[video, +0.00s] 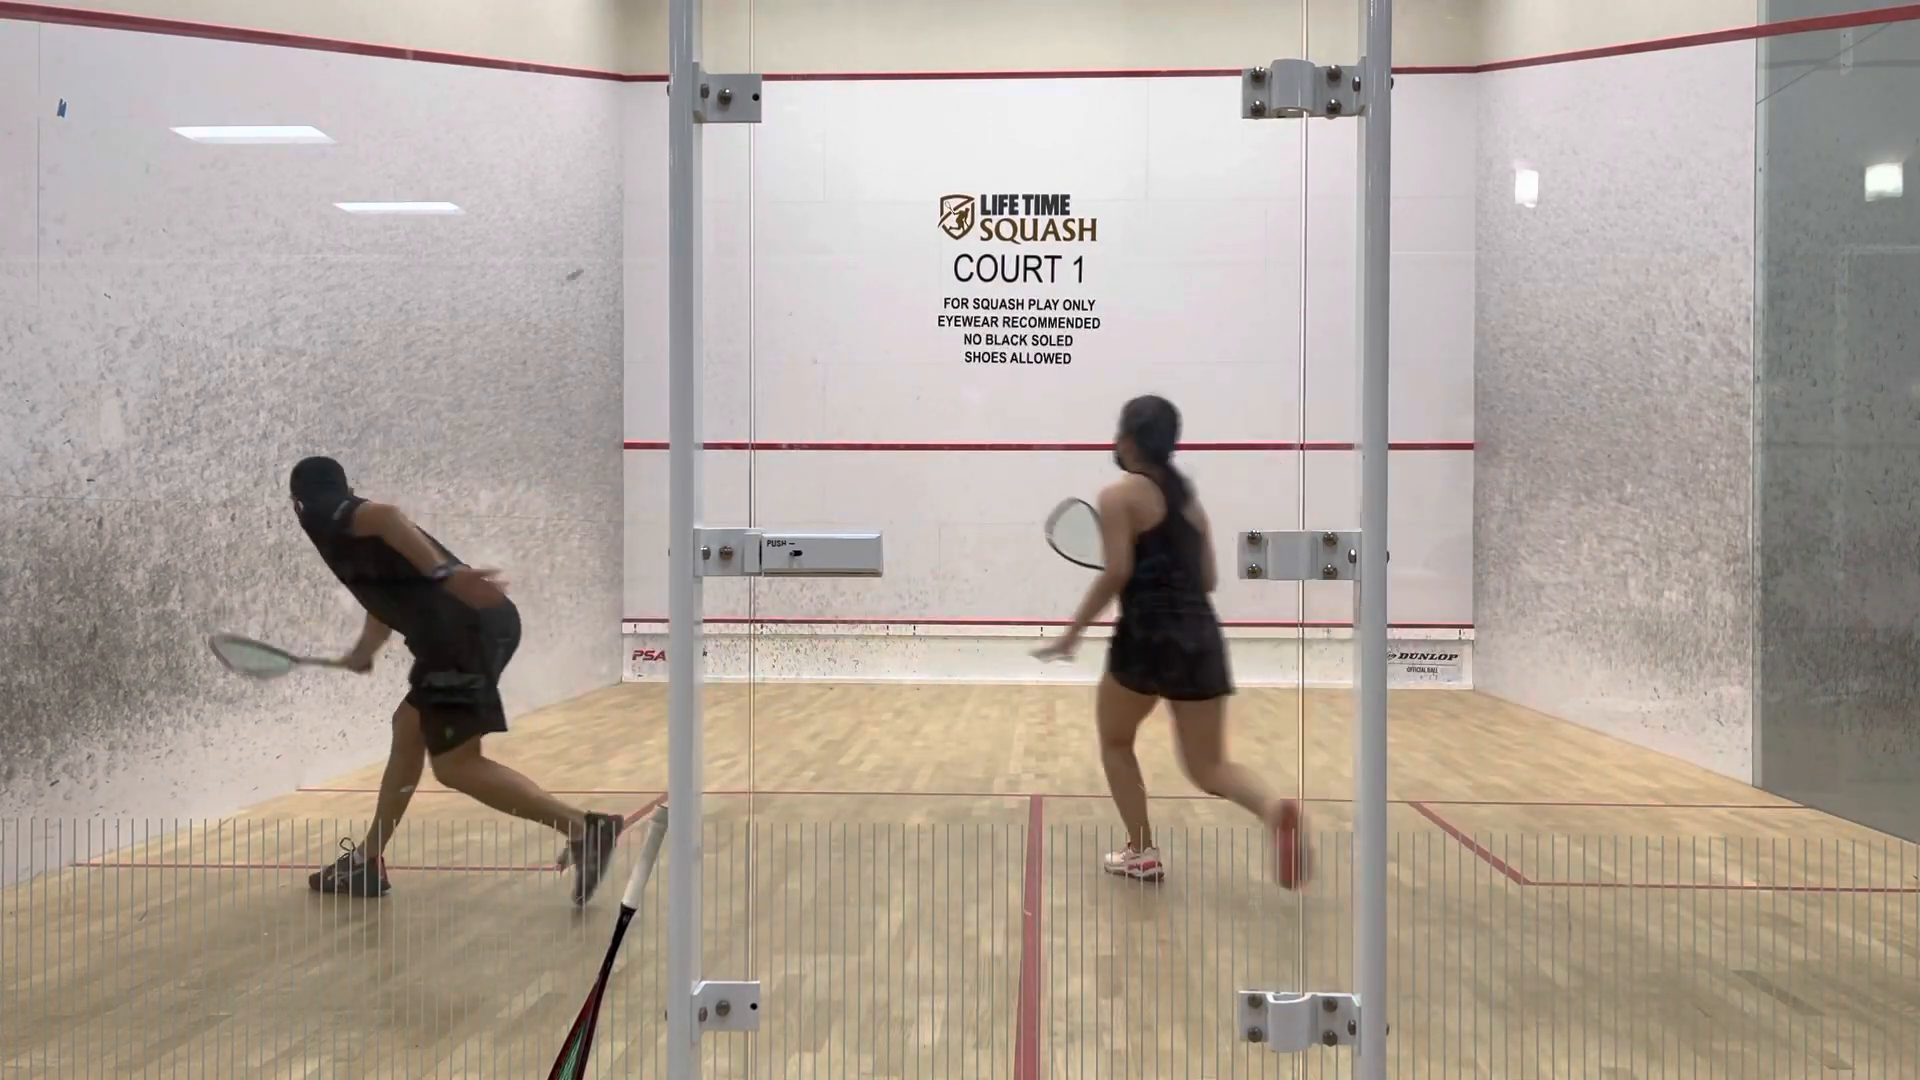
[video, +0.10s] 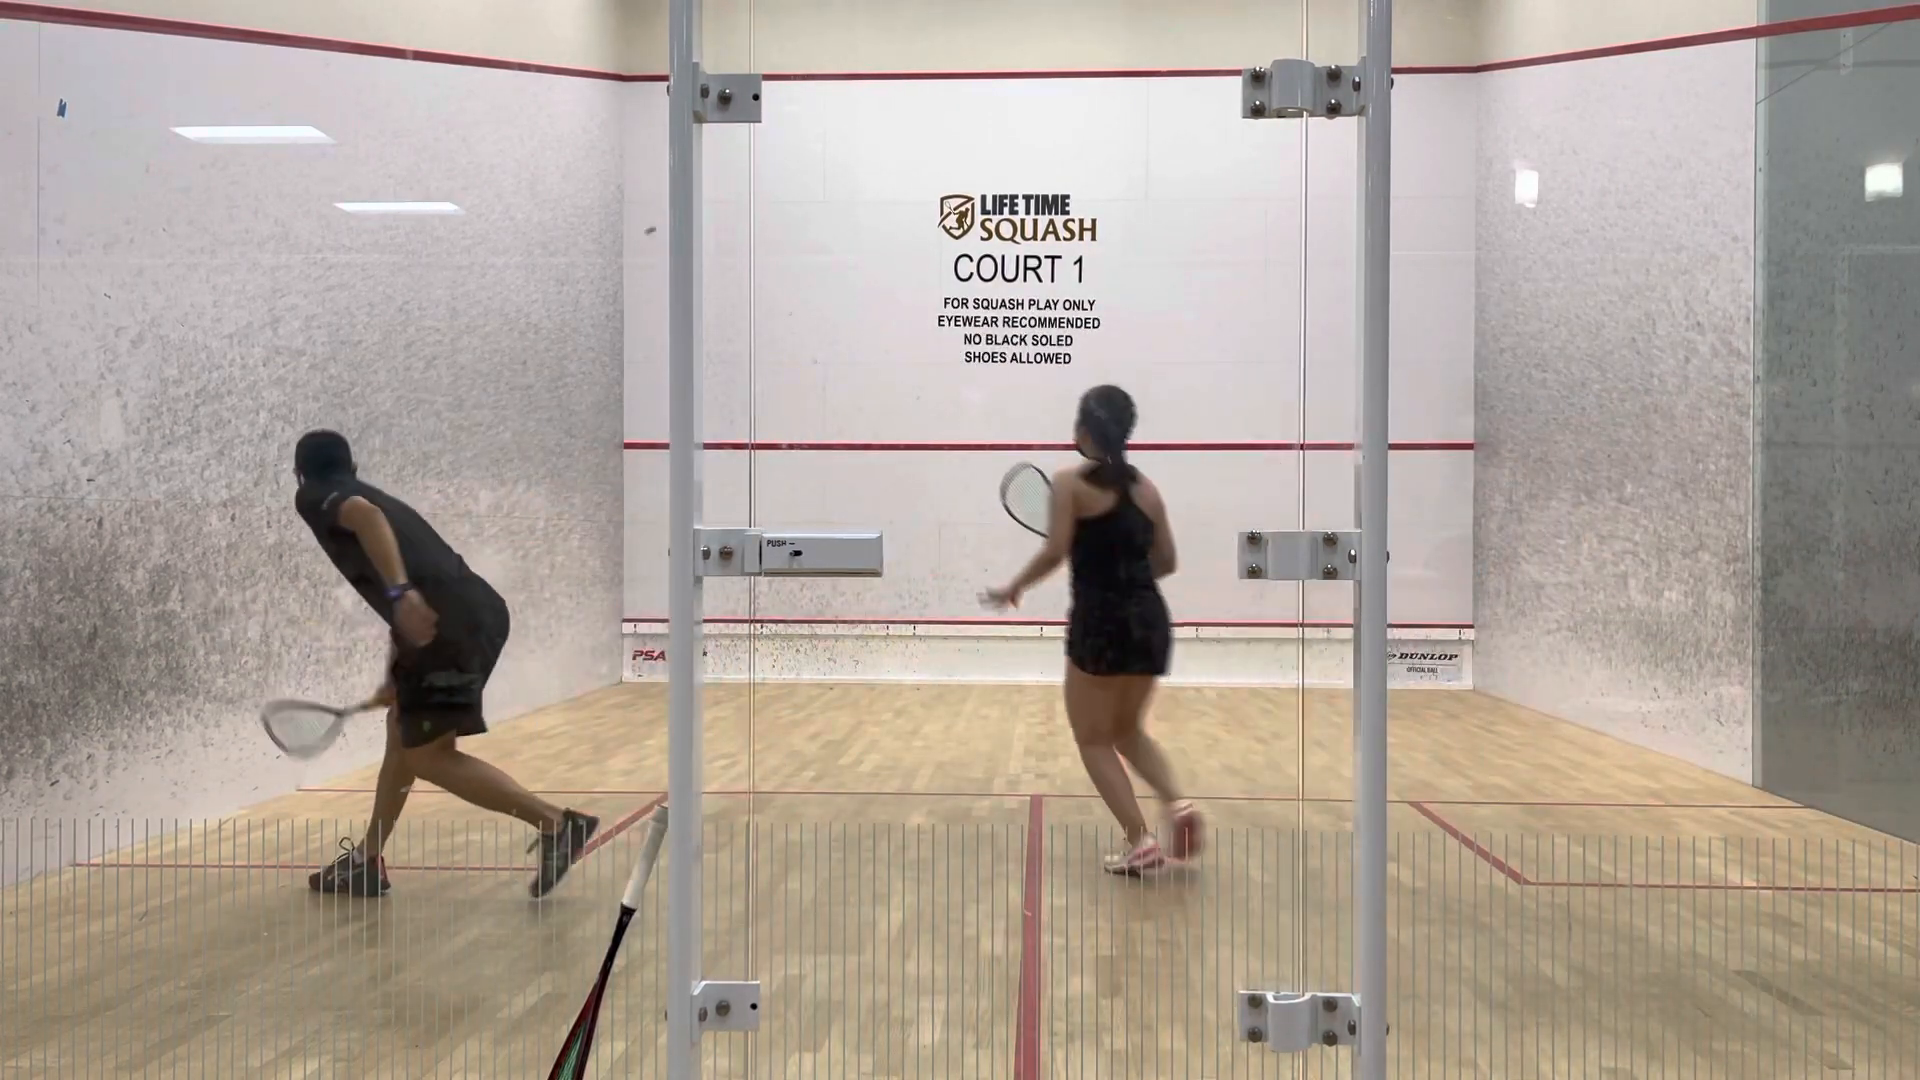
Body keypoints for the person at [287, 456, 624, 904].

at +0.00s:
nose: (295, 507)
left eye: (295, 500)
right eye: (295, 501)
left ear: (301, 500)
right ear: (341, 489)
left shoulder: (328, 515)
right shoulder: (355, 529)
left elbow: (387, 517)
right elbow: (387, 593)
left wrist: (446, 573)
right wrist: (365, 649)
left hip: (461, 631)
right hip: (477, 623)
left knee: (456, 766)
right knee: (408, 724)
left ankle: (583, 827)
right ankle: (368, 859)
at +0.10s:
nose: (296, 479)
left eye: (297, 472)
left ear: (301, 471)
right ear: (348, 465)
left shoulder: (314, 492)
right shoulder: (371, 497)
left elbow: (365, 516)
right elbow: (415, 587)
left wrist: (401, 593)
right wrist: (398, 676)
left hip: (448, 619)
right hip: (478, 610)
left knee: (425, 755)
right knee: (401, 725)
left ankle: (556, 823)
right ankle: (368, 856)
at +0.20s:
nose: (310, 449)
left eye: (310, 441)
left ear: (315, 442)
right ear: (363, 442)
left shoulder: (324, 468)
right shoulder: (385, 474)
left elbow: (360, 511)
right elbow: (420, 542)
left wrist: (368, 601)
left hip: (431, 612)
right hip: (471, 605)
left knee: (410, 751)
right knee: (400, 743)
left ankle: (529, 827)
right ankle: (366, 857)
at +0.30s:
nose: (337, 421)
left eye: (335, 413)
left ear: (339, 413)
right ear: (388, 412)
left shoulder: (343, 448)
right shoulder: (425, 462)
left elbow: (367, 506)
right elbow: (454, 552)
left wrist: (355, 604)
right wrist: (476, 643)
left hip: (425, 616)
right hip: (471, 611)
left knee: (408, 752)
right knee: (400, 744)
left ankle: (505, 847)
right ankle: (366, 858)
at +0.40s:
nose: (361, 394)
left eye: (361, 386)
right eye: (368, 387)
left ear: (367, 388)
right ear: (416, 388)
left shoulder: (367, 432)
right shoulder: (460, 445)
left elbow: (375, 511)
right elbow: (493, 532)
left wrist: (347, 604)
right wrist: (511, 617)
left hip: (420, 612)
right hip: (479, 609)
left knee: (432, 746)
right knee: (410, 733)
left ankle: (503, 875)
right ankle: (367, 857)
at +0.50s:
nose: (398, 383)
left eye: (394, 375)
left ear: (392, 377)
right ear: (444, 378)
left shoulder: (388, 426)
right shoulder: (487, 441)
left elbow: (385, 514)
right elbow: (518, 528)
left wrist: (340, 600)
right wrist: (535, 612)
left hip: (428, 615)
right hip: (486, 614)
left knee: (455, 749)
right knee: (418, 737)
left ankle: (508, 883)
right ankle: (373, 857)